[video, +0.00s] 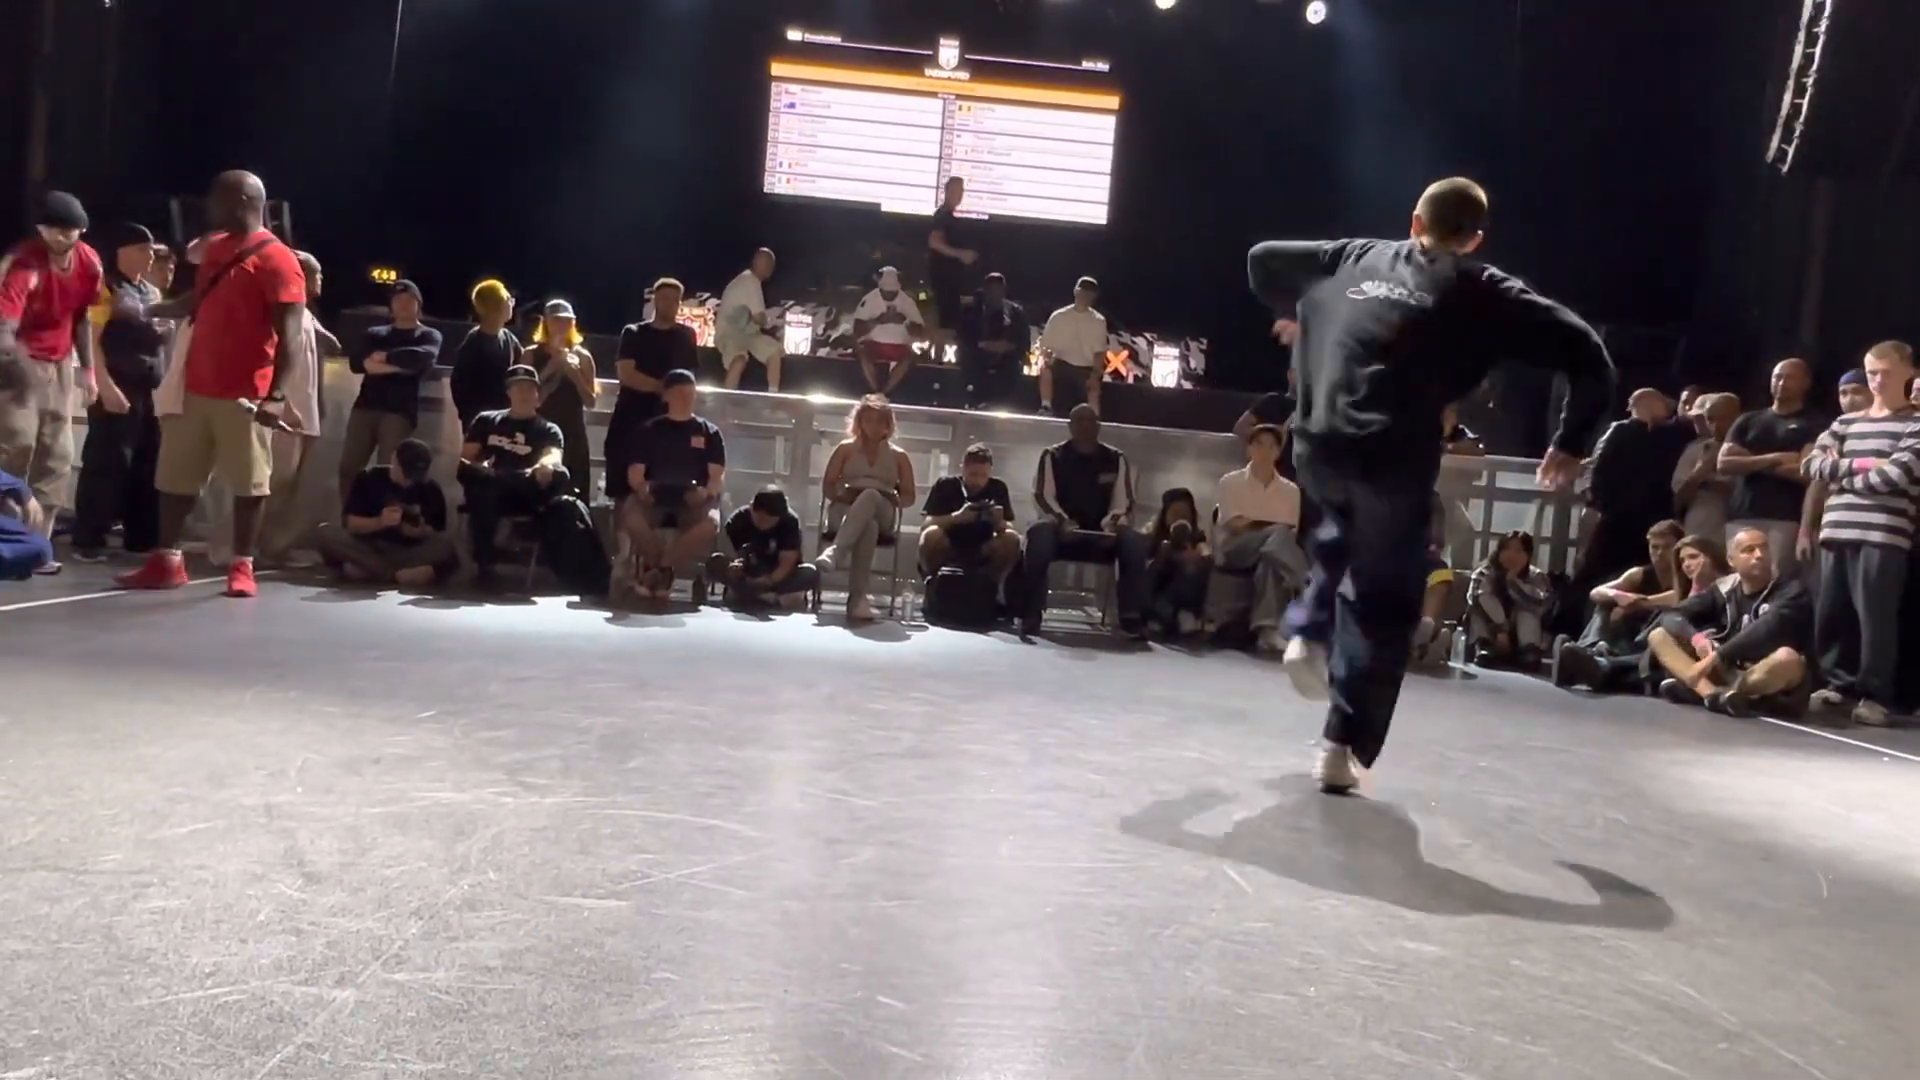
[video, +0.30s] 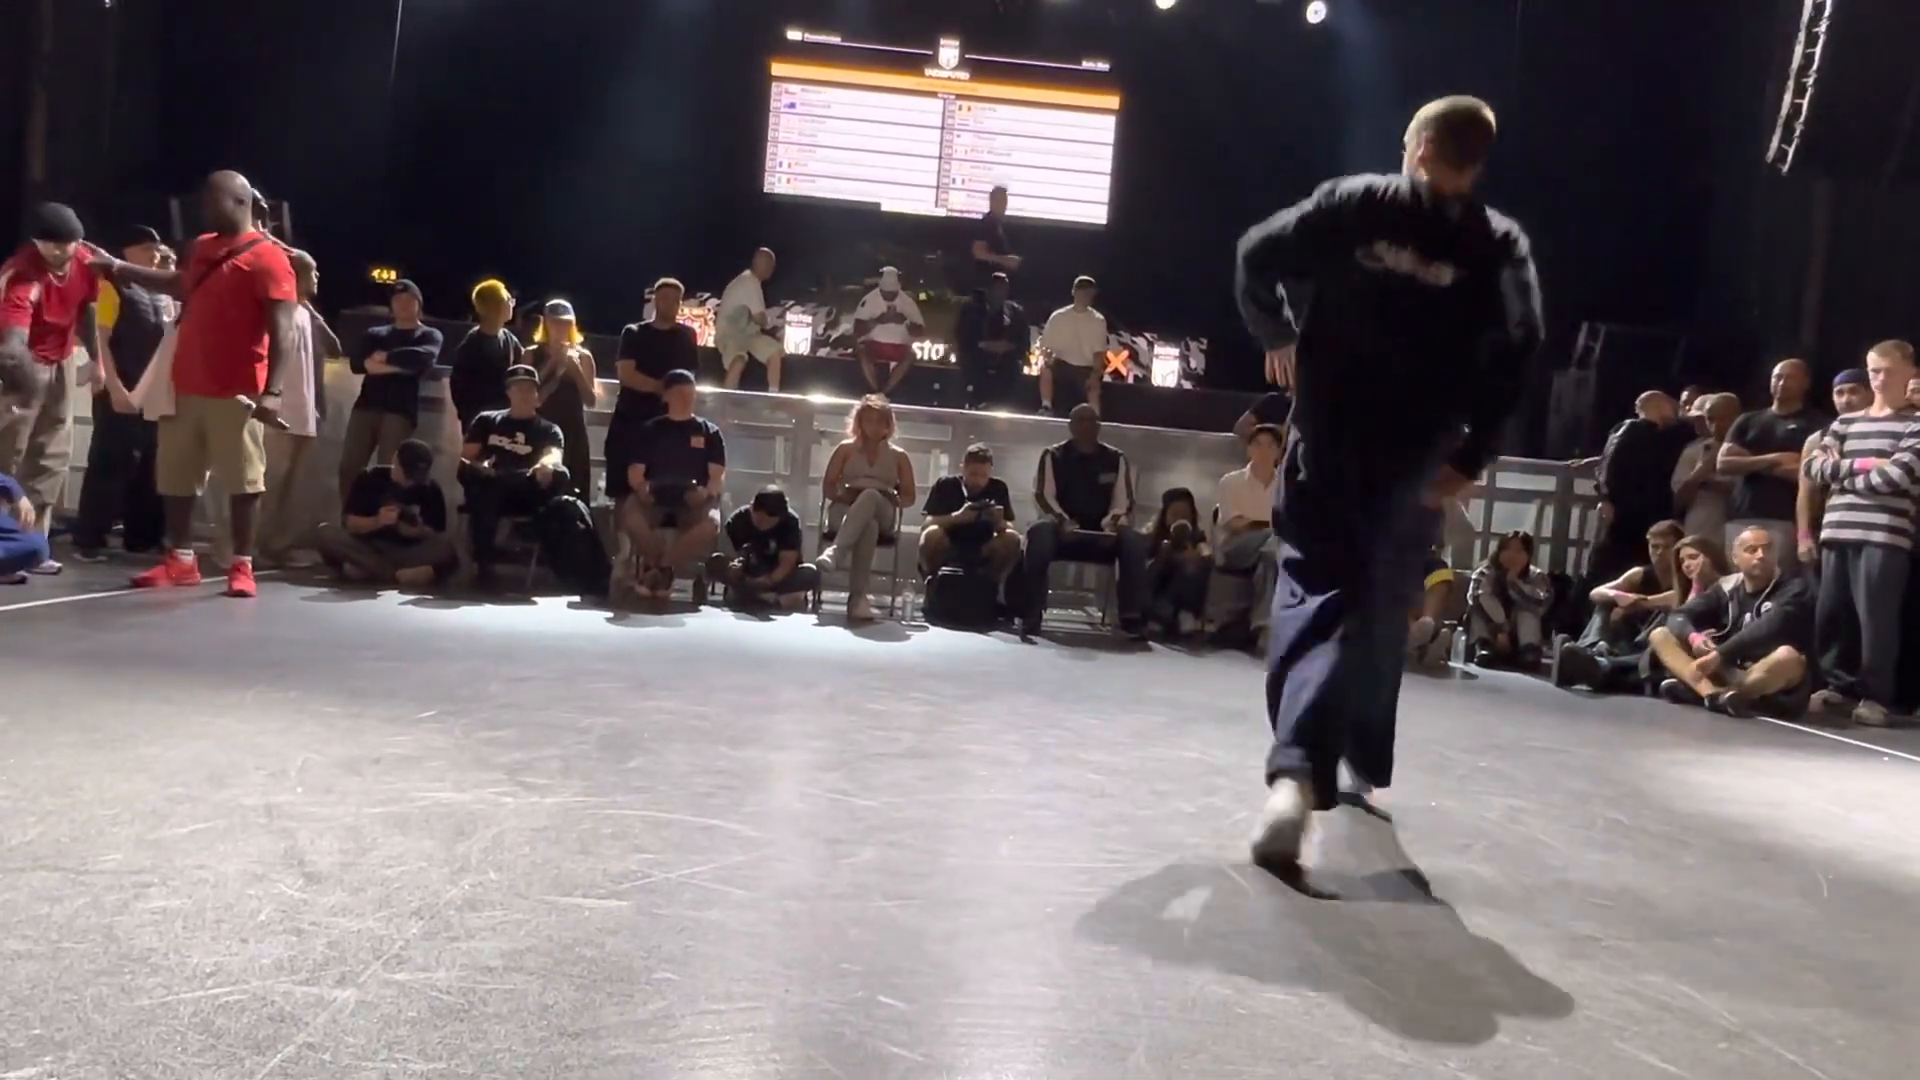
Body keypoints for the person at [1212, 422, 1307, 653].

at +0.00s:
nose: (1265, 451)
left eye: (1270, 446)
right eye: (1260, 444)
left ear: (1278, 452)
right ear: (1250, 449)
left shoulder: (1290, 491)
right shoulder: (1230, 482)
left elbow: (1288, 531)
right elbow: (1235, 525)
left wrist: (1249, 523)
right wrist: (1278, 528)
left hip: (1276, 552)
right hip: (1235, 549)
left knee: (1270, 560)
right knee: (1280, 534)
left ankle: (1268, 628)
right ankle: (1306, 585)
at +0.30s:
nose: (1262, 449)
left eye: (1269, 445)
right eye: (1257, 444)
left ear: (1278, 452)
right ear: (1249, 449)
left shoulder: (1284, 484)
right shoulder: (1231, 481)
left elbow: (1290, 525)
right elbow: (1236, 524)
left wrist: (1252, 525)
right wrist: (1277, 527)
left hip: (1273, 550)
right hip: (1236, 547)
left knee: (1268, 559)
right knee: (1273, 539)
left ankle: (1263, 627)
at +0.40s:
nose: (1263, 449)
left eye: (1269, 445)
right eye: (1257, 444)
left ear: (1278, 451)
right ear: (1249, 449)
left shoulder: (1284, 485)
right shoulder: (1230, 482)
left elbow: (1289, 525)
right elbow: (1235, 524)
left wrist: (1252, 524)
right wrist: (1274, 526)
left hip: (1272, 549)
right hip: (1235, 547)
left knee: (1268, 558)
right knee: (1270, 538)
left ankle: (1267, 629)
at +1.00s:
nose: (1262, 452)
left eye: (1268, 447)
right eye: (1256, 446)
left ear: (1278, 453)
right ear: (1249, 450)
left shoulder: (1290, 491)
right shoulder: (1231, 482)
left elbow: (1288, 534)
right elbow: (1234, 525)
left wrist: (1248, 524)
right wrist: (1278, 530)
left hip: (1276, 555)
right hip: (1236, 553)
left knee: (1270, 559)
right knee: (1278, 535)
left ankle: (1269, 632)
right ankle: (1306, 594)